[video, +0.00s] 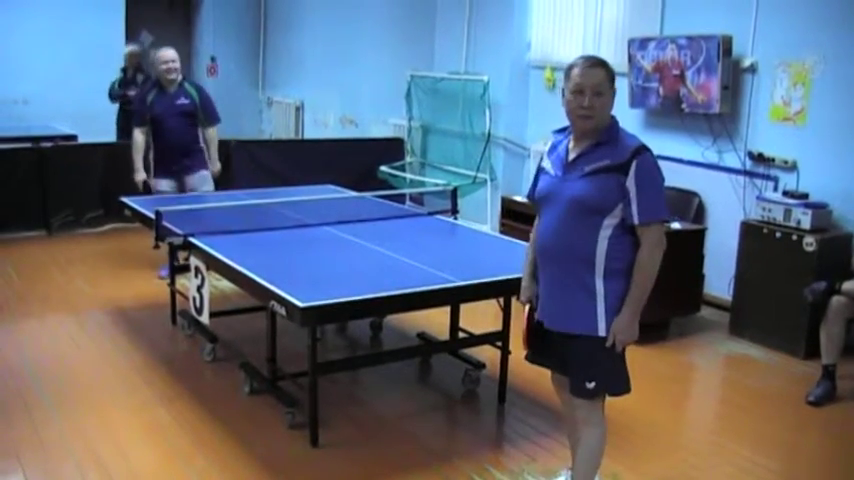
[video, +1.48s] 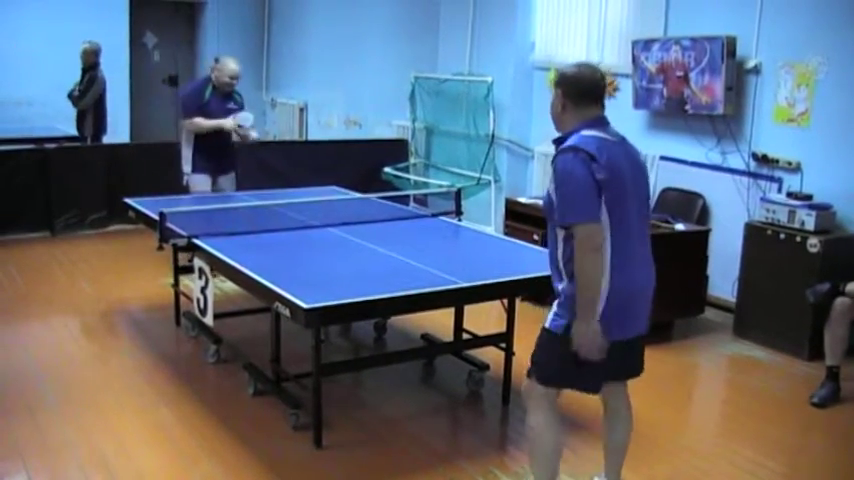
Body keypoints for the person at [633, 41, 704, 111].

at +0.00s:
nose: (671, 53)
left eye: (673, 50)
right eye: (670, 50)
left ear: (677, 51)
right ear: (666, 51)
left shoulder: (679, 65)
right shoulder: (661, 64)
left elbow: (685, 83)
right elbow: (650, 70)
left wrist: (696, 96)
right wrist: (639, 60)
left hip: (677, 97)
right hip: (664, 97)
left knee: (679, 124)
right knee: (664, 124)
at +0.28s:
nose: (672, 53)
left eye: (674, 50)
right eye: (671, 50)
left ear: (678, 51)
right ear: (667, 51)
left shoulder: (680, 65)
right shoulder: (662, 64)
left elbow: (687, 83)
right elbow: (651, 71)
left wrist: (698, 96)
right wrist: (641, 62)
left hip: (678, 97)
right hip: (666, 96)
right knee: (666, 121)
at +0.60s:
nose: (673, 53)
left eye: (675, 50)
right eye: (672, 50)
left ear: (679, 51)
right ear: (668, 51)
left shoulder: (682, 65)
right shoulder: (663, 64)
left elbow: (687, 83)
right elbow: (652, 71)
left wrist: (699, 96)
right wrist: (642, 62)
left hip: (679, 97)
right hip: (666, 96)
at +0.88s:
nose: (674, 54)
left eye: (676, 51)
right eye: (672, 51)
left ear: (679, 53)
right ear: (669, 53)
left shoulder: (682, 66)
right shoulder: (664, 65)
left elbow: (688, 84)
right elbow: (653, 72)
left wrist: (699, 97)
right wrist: (642, 63)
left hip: (680, 98)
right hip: (667, 98)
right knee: (667, 123)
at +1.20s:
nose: (675, 54)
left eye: (677, 51)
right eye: (673, 52)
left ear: (680, 52)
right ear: (670, 52)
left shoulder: (683, 66)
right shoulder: (665, 65)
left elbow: (689, 84)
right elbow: (653, 72)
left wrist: (700, 97)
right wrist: (643, 62)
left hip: (681, 98)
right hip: (668, 98)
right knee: (668, 125)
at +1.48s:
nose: (675, 54)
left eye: (677, 51)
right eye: (674, 52)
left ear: (681, 52)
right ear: (670, 53)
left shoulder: (683, 66)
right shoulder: (665, 65)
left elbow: (689, 84)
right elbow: (654, 72)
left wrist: (701, 97)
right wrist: (644, 62)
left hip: (681, 98)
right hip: (669, 98)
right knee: (669, 124)